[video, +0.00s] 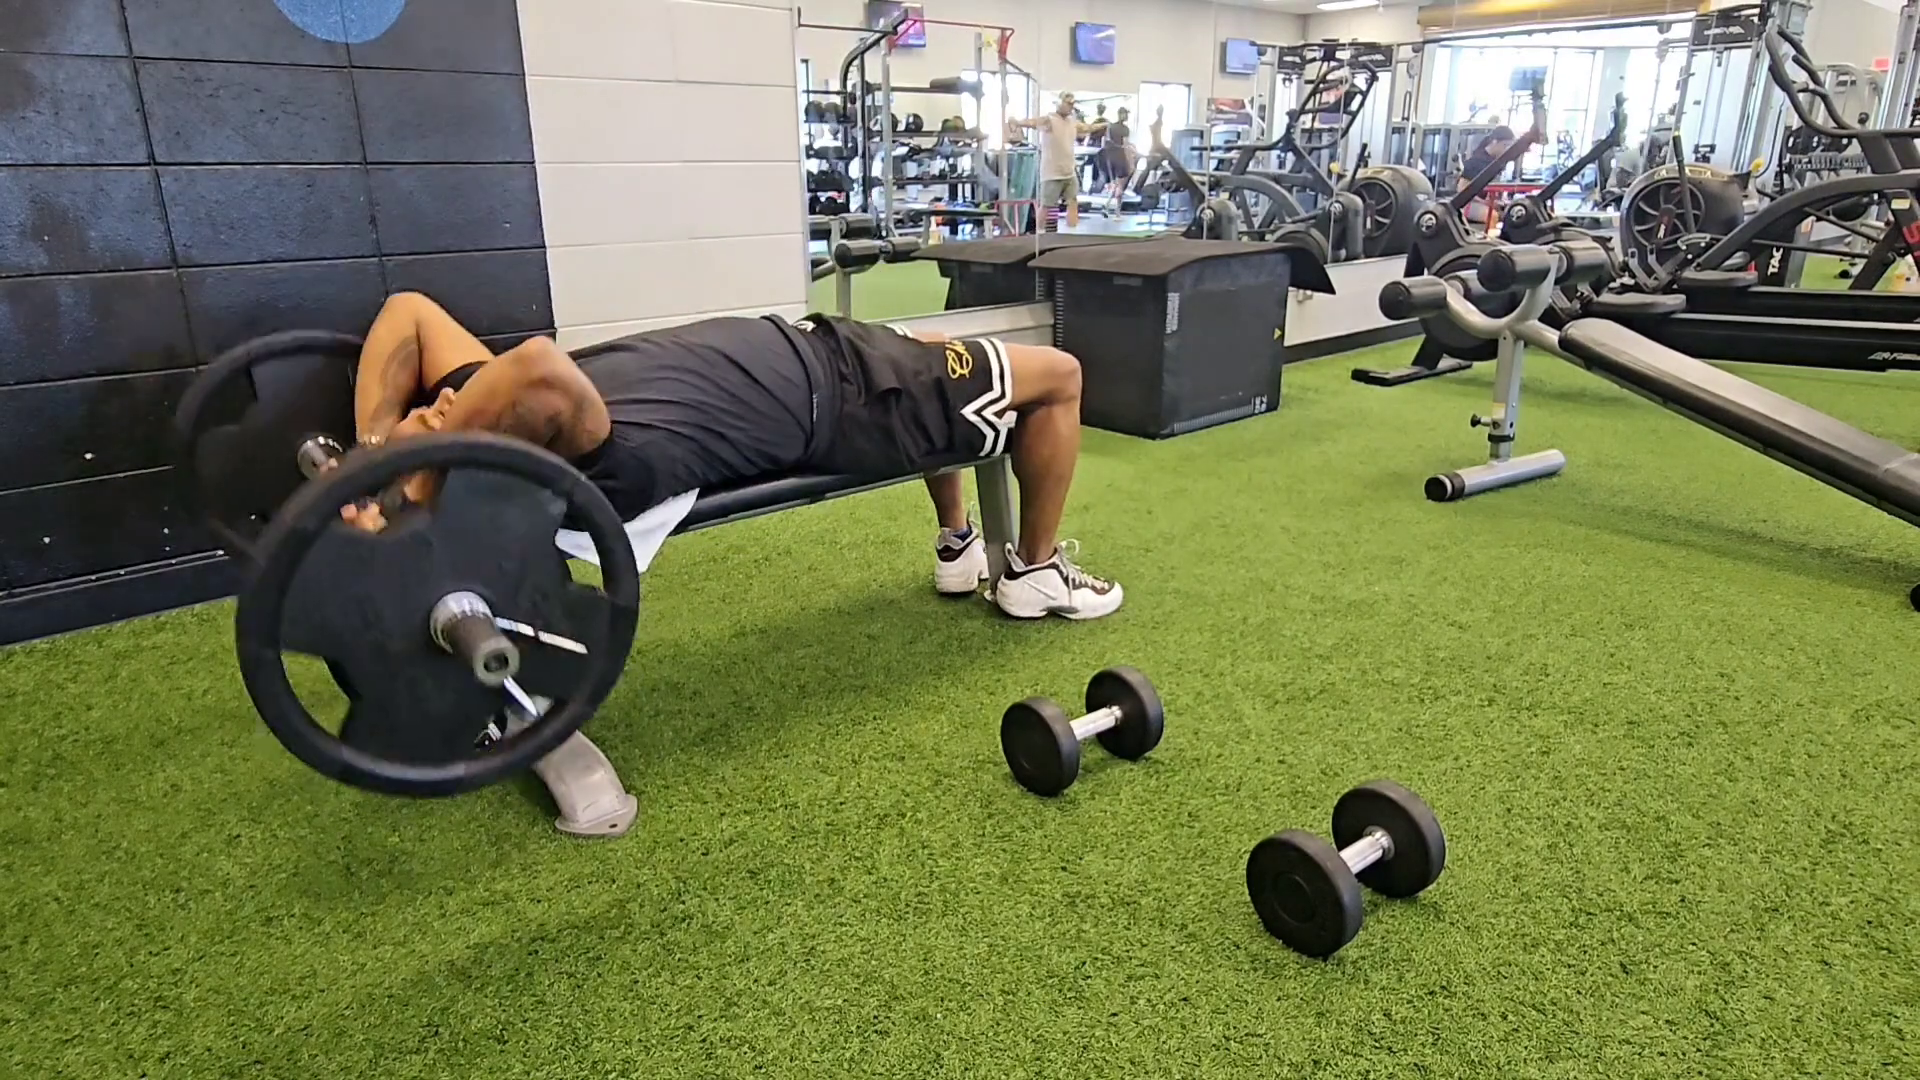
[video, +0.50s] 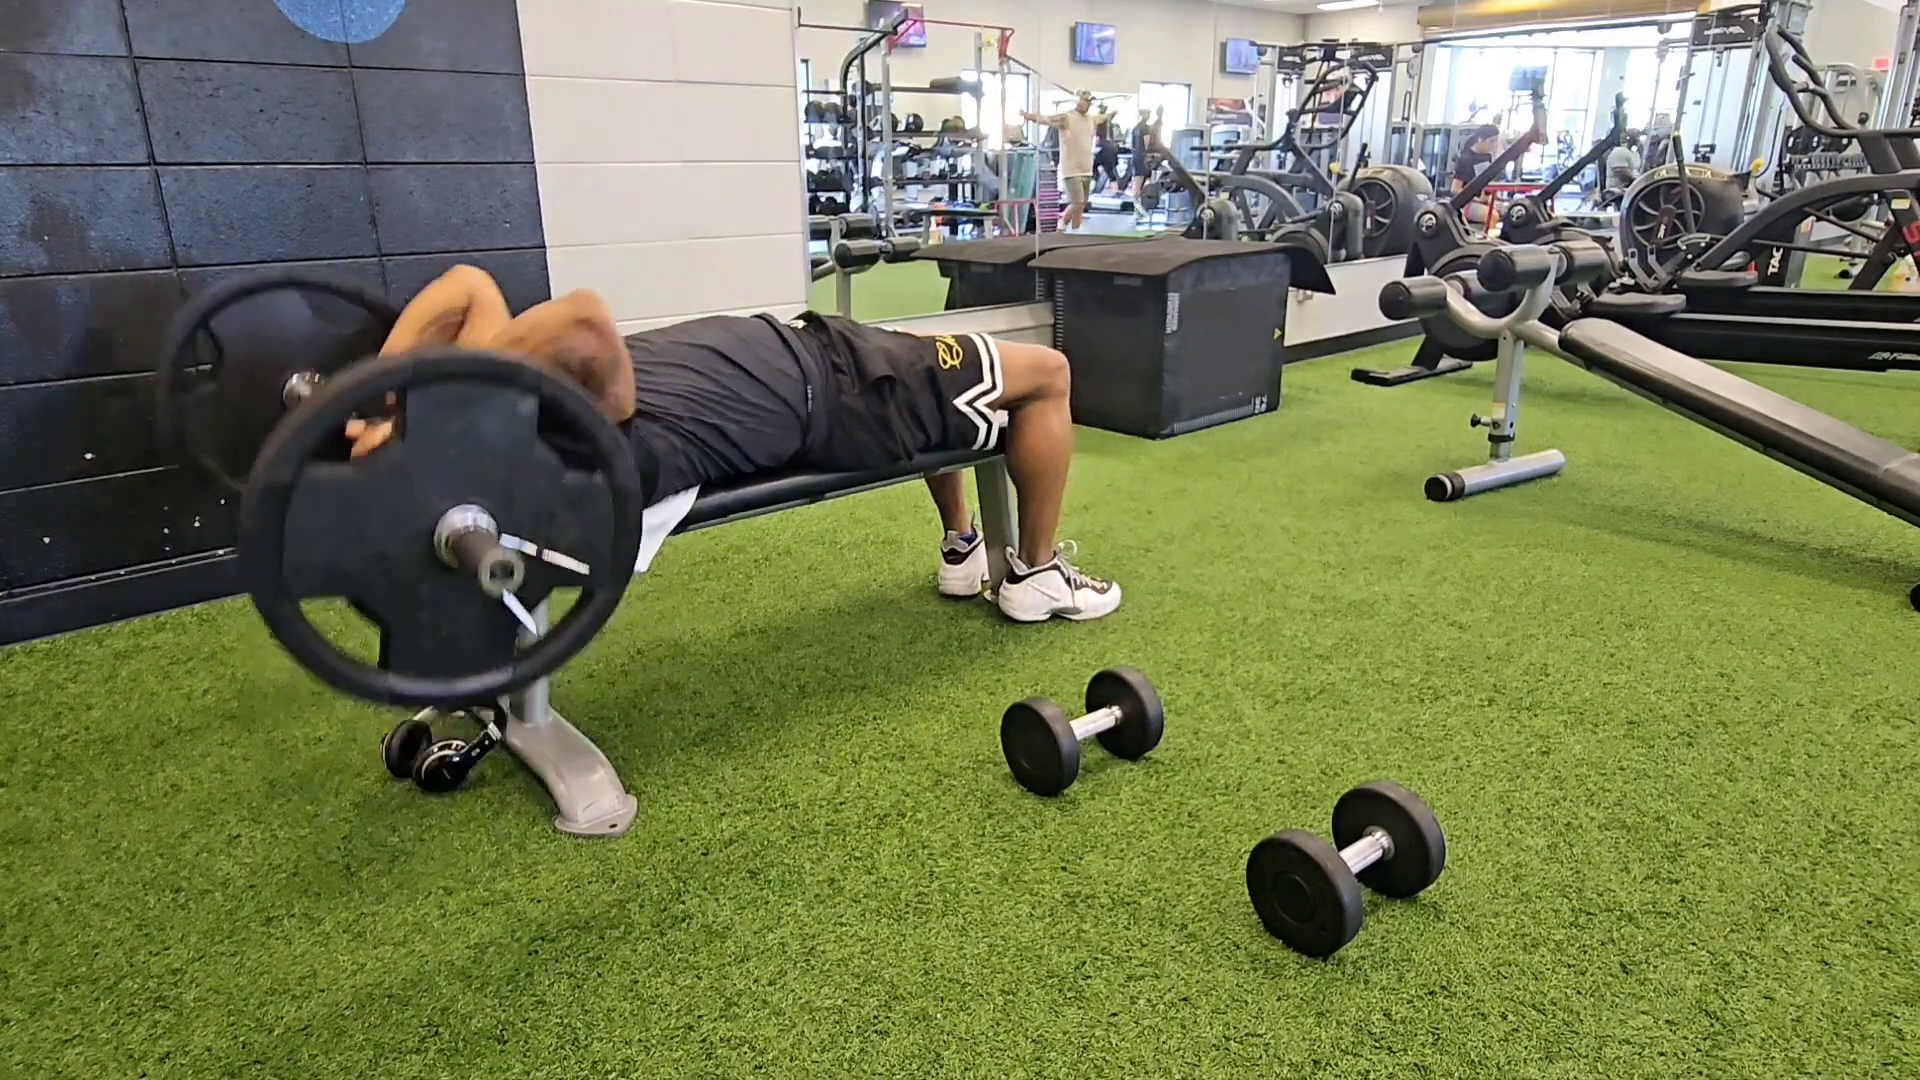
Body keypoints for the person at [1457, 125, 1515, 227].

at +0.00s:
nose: (1507, 150)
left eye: (1509, 146)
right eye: (1505, 145)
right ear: (1494, 142)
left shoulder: (1496, 162)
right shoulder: (1478, 160)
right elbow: (1462, 188)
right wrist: (1486, 203)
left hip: (1489, 201)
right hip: (1469, 202)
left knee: (1511, 210)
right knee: (1492, 216)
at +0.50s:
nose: (1495, 145)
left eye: (1496, 141)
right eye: (1492, 141)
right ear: (1480, 140)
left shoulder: (1488, 157)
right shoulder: (1466, 158)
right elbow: (1455, 188)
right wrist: (1479, 198)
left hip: (1486, 199)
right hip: (1468, 202)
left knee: (1509, 209)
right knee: (1492, 215)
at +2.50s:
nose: (1488, 136)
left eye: (1488, 132)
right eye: (1483, 133)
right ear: (1471, 137)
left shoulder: (1484, 156)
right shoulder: (1464, 157)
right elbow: (1455, 185)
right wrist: (1480, 195)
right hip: (1469, 203)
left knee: (1508, 212)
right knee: (1496, 215)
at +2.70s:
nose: (1489, 136)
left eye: (1490, 132)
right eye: (1485, 133)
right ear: (1473, 137)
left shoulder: (1485, 156)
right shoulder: (1465, 157)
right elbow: (1454, 185)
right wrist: (1478, 195)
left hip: (1488, 201)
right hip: (1469, 202)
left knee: (1508, 212)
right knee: (1496, 215)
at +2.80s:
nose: (1490, 136)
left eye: (1490, 132)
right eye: (1485, 133)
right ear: (1473, 137)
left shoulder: (1485, 155)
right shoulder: (1465, 156)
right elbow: (1454, 185)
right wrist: (1479, 195)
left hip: (1488, 201)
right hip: (1469, 203)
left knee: (1509, 212)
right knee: (1496, 215)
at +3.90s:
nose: (1494, 141)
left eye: (1496, 138)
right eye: (1492, 138)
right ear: (1480, 137)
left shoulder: (1487, 156)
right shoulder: (1467, 156)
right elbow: (1458, 186)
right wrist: (1483, 195)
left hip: (1488, 201)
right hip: (1470, 202)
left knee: (1507, 212)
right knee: (1496, 215)